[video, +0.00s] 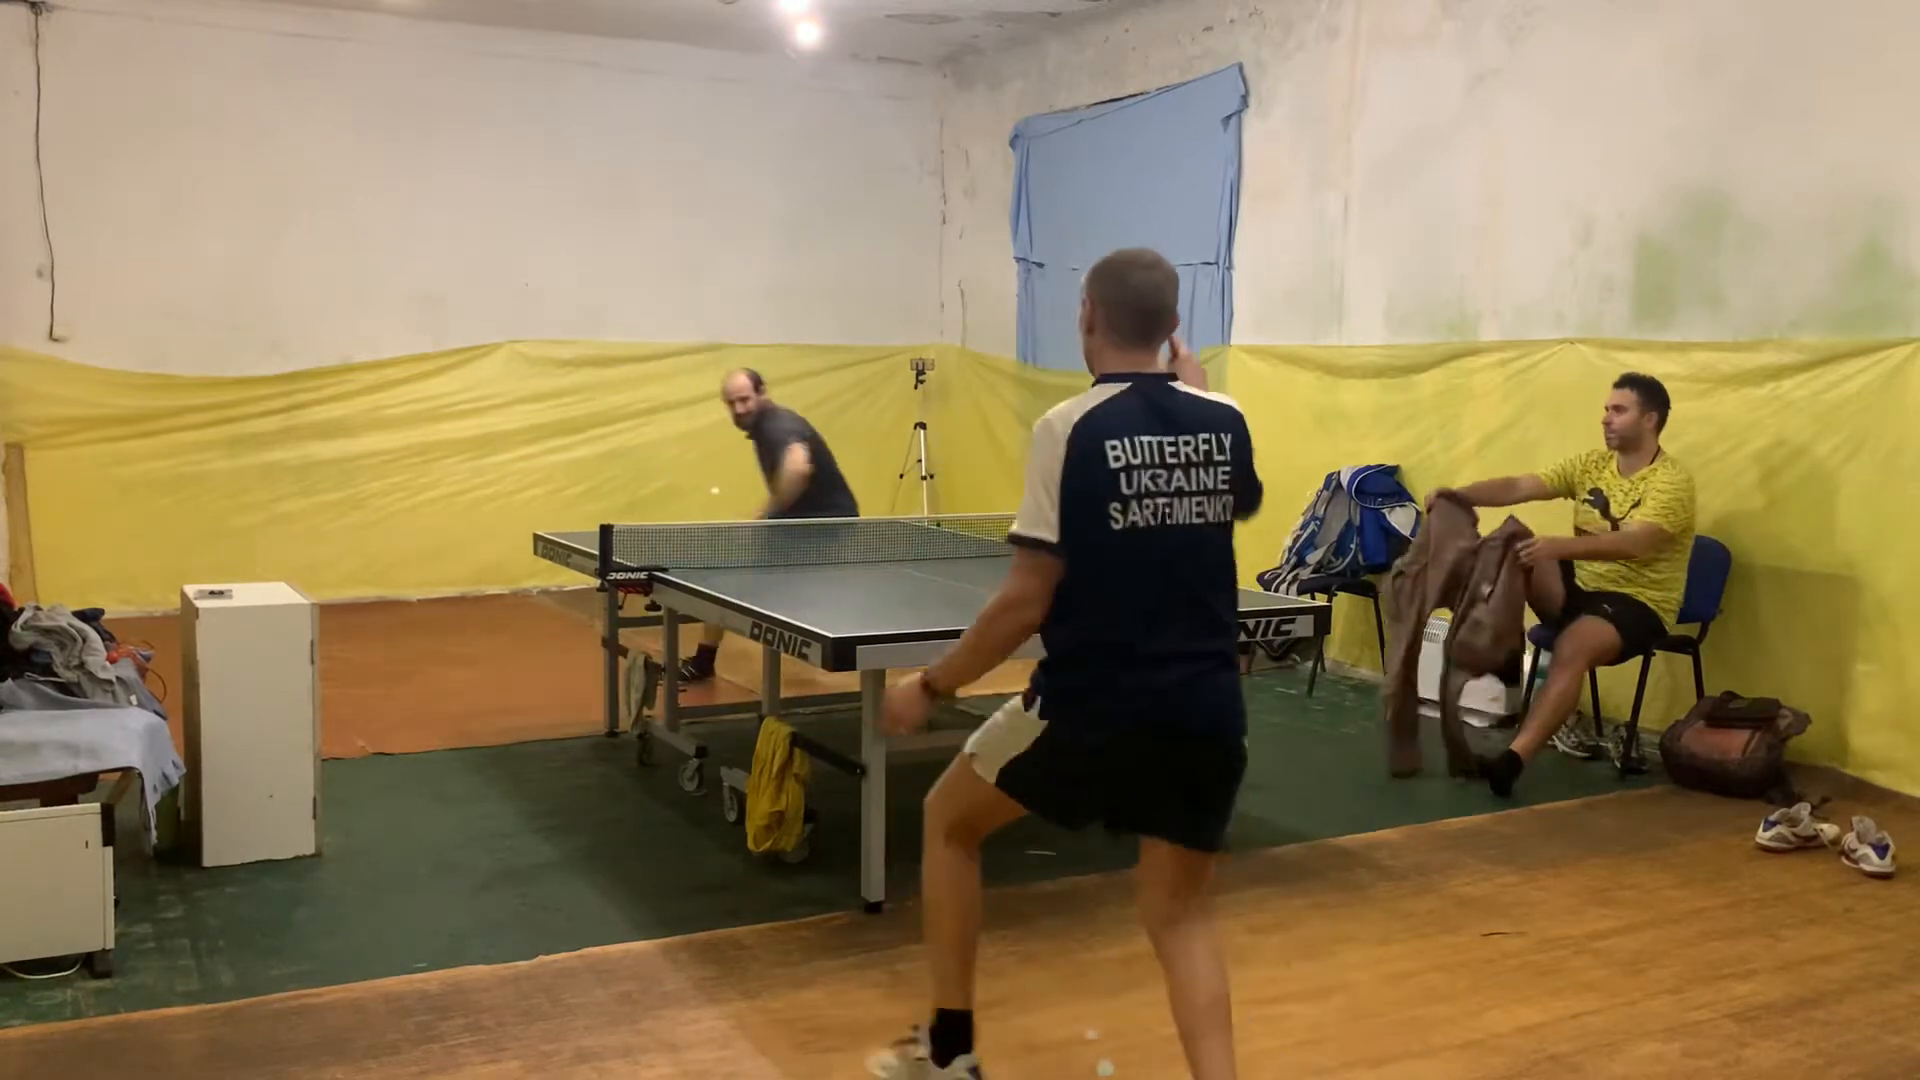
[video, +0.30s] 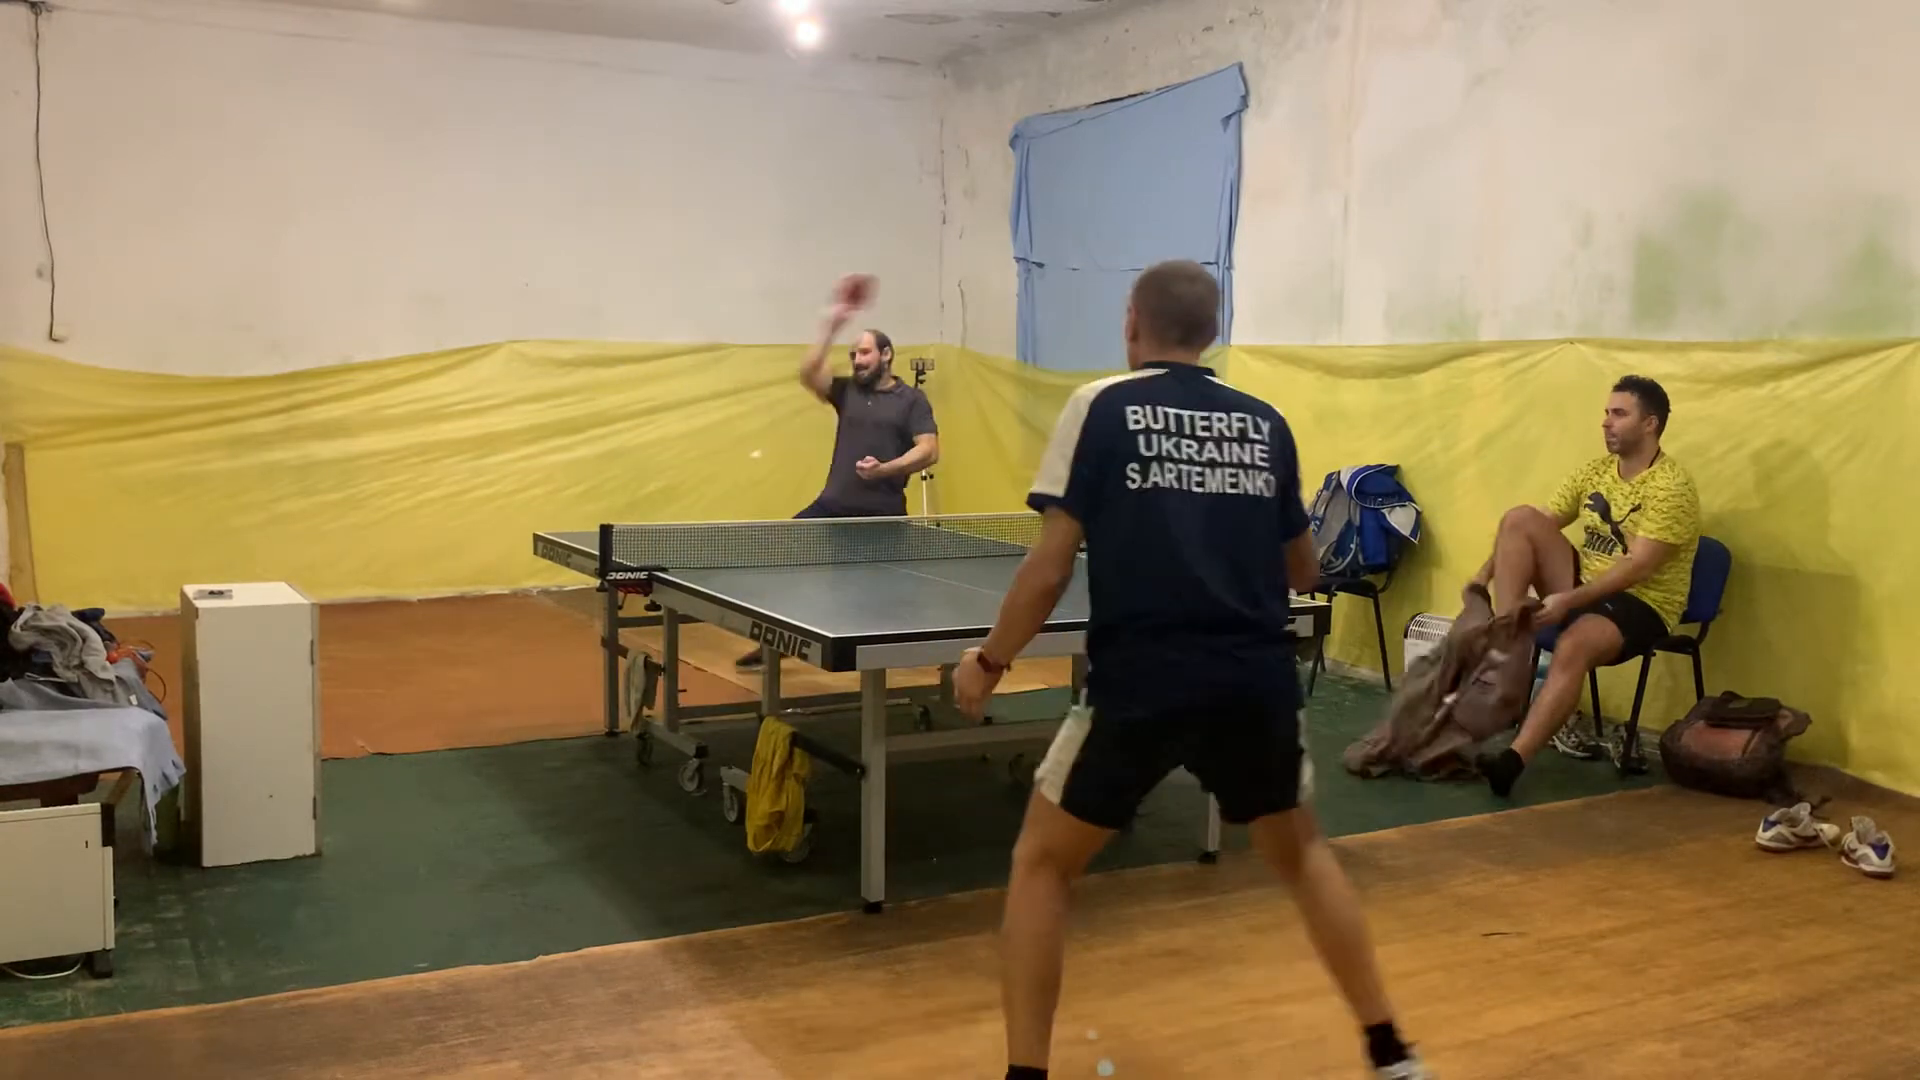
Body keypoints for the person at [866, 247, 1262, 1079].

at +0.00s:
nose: (1078, 322)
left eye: (1081, 310)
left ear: (1086, 318)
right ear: (1174, 329)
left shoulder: (1066, 428)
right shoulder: (1222, 424)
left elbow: (1029, 597)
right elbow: (1241, 502)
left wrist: (932, 684)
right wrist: (1196, 399)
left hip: (1087, 709)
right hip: (1205, 711)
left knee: (950, 820)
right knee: (1183, 909)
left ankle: (948, 1045)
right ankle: (1218, 1075)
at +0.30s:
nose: (1123, 330)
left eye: (1125, 318)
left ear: (1133, 326)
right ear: (1215, 337)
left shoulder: (1101, 407)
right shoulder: (1264, 422)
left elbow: (1051, 567)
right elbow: (1303, 571)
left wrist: (988, 660)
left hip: (1141, 689)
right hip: (1256, 687)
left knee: (1044, 867)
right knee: (1304, 850)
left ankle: (1026, 1072)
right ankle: (1391, 1053)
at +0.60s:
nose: (1178, 415)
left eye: (1179, 404)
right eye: (1178, 405)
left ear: (1195, 400)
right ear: (1265, 408)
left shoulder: (1179, 456)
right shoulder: (1319, 472)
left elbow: (1148, 597)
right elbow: (1341, 597)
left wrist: (1055, 685)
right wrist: (1197, 634)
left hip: (1226, 719)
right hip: (1340, 718)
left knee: (1089, 875)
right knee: (1356, 870)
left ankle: (1039, 1072)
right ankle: (1451, 1057)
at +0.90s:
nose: (1106, 357)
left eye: (1111, 349)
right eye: (1112, 350)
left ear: (1123, 355)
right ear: (1176, 377)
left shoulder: (1124, 387)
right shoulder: (1193, 430)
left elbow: (1129, 453)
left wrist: (1039, 483)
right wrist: (1081, 459)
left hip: (1194, 655)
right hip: (1289, 647)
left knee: (1111, 872)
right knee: (1334, 844)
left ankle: (1050, 1071)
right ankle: (1445, 1030)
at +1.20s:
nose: (1076, 345)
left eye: (1079, 334)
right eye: (1082, 333)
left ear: (1094, 335)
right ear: (1150, 345)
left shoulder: (1095, 392)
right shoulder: (1196, 413)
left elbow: (1117, 494)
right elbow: (1206, 526)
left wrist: (1082, 606)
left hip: (1138, 633)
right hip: (1225, 635)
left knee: (1011, 806)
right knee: (1161, 779)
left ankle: (1025, 1002)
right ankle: (1206, 964)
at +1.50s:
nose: (1168, 364)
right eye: (1172, 355)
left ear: (1096, 340)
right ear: (1166, 350)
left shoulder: (1036, 407)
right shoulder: (1180, 401)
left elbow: (981, 519)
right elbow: (1211, 529)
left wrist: (954, 642)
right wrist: (1336, 591)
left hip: (1055, 650)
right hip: (1159, 647)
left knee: (994, 805)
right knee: (1191, 785)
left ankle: (951, 995)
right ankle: (1204, 960)